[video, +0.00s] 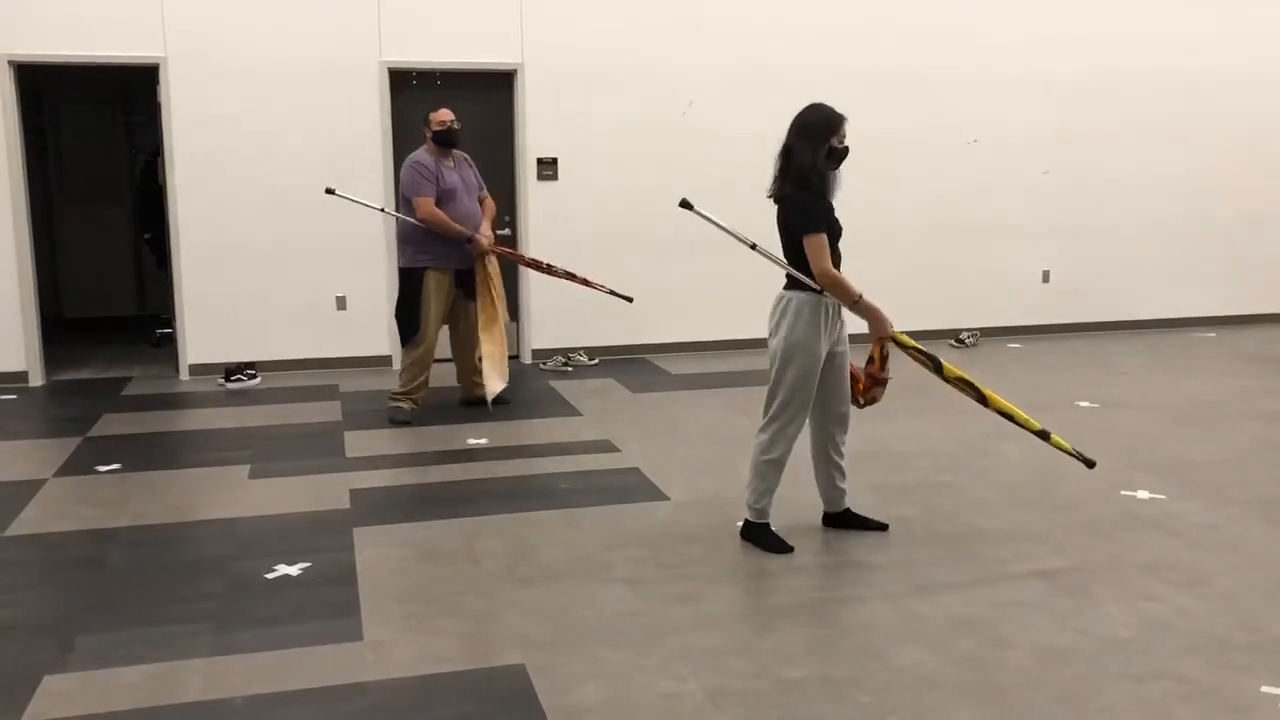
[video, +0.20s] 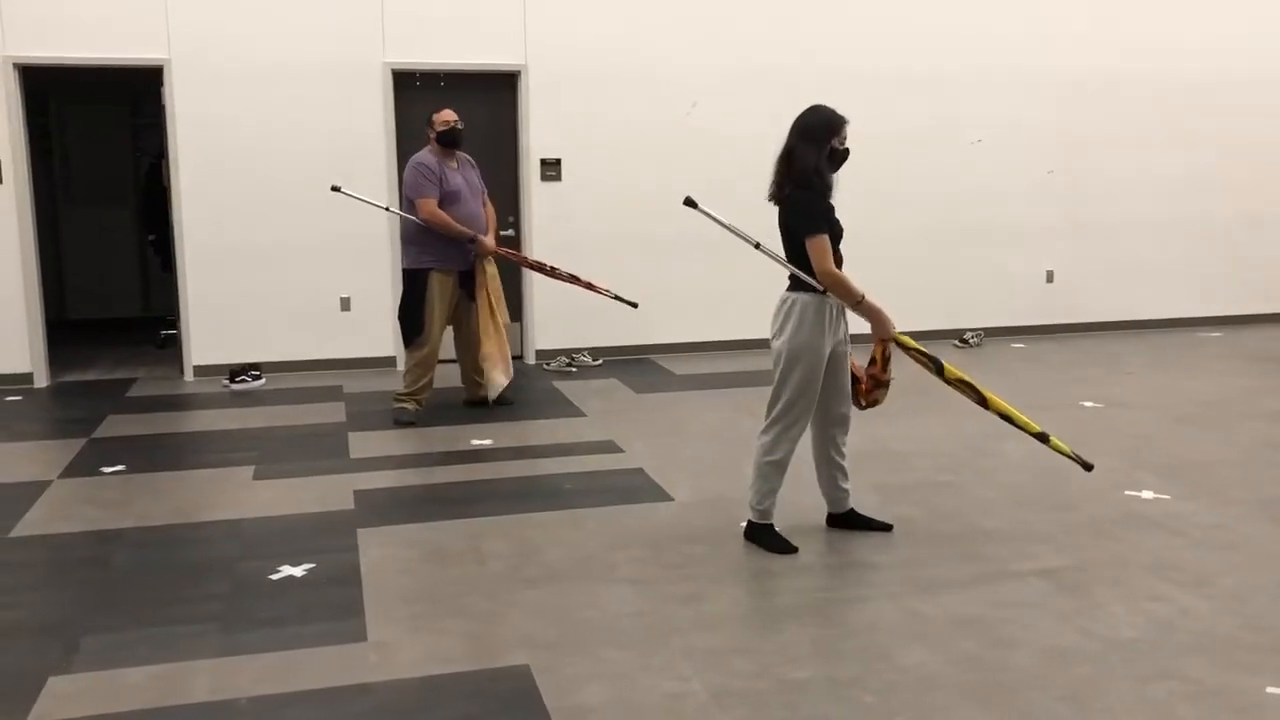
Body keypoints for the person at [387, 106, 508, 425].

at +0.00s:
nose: (450, 129)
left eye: (454, 124)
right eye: (443, 125)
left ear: (459, 128)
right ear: (428, 131)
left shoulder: (464, 161)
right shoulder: (417, 163)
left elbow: (488, 201)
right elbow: (425, 211)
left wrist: (485, 227)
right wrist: (469, 236)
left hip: (466, 262)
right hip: (427, 265)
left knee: (470, 331)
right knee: (422, 338)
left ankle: (475, 391)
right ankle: (404, 401)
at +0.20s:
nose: (454, 128)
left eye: (457, 123)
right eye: (446, 124)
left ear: (462, 129)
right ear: (431, 132)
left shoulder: (467, 162)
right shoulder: (421, 164)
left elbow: (487, 204)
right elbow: (428, 212)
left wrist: (489, 237)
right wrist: (474, 237)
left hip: (469, 263)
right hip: (431, 266)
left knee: (474, 332)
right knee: (425, 339)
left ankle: (478, 392)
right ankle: (408, 402)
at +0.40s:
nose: (457, 125)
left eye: (460, 121)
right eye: (449, 122)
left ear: (466, 129)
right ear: (434, 132)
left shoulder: (470, 164)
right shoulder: (423, 165)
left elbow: (489, 206)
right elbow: (430, 214)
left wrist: (497, 241)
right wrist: (476, 240)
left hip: (472, 264)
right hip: (433, 267)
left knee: (477, 331)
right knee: (428, 339)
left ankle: (482, 390)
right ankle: (411, 402)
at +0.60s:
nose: (458, 125)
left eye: (460, 121)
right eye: (450, 121)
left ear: (466, 128)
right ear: (436, 132)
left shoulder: (471, 163)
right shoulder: (424, 164)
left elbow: (489, 205)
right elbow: (431, 215)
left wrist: (503, 241)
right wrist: (477, 238)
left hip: (472, 264)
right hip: (433, 266)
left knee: (478, 329)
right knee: (429, 338)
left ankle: (482, 389)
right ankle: (413, 401)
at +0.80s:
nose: (457, 125)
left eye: (460, 120)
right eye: (450, 121)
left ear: (466, 127)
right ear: (436, 130)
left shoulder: (470, 161)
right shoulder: (424, 163)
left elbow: (486, 205)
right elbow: (429, 212)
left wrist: (503, 245)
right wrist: (474, 236)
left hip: (471, 263)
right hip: (433, 265)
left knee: (474, 331)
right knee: (429, 338)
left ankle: (482, 389)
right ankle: (412, 400)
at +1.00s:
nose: (458, 125)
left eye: (461, 120)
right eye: (451, 121)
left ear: (466, 125)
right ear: (437, 128)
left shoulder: (469, 158)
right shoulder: (424, 160)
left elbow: (479, 203)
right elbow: (427, 210)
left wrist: (495, 241)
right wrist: (472, 235)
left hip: (469, 260)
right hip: (432, 263)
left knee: (474, 329)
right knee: (428, 336)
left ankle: (481, 387)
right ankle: (411, 399)